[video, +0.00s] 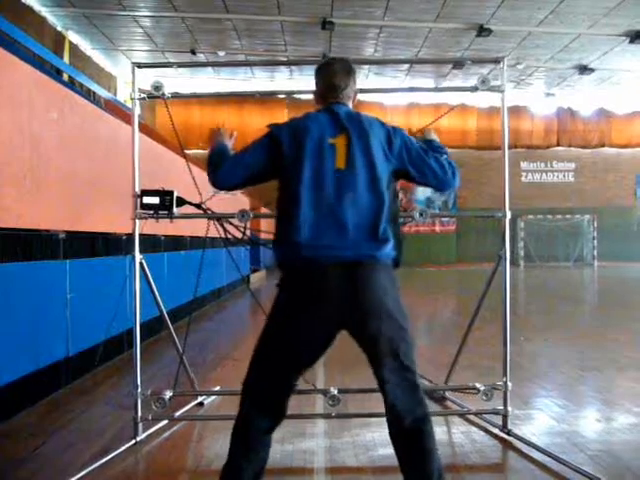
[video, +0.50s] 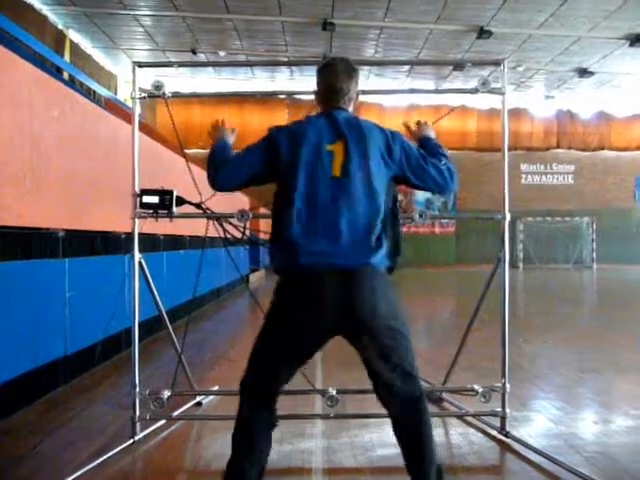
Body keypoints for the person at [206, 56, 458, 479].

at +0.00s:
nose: (334, 94)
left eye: (321, 87)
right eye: (350, 89)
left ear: (315, 91)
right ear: (354, 93)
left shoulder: (290, 135)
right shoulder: (381, 135)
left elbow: (223, 176)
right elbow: (444, 177)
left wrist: (219, 146)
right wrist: (429, 142)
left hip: (308, 285)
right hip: (371, 284)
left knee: (263, 395)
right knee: (402, 388)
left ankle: (240, 475)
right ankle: (427, 475)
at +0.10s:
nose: (342, 95)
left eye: (324, 87)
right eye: (352, 89)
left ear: (316, 92)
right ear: (356, 93)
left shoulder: (289, 135)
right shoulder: (382, 135)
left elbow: (224, 174)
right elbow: (446, 175)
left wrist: (221, 143)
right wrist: (431, 139)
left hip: (310, 288)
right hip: (374, 287)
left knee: (261, 401)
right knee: (409, 394)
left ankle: (243, 475)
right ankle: (428, 475)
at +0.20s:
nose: (343, 97)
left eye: (324, 89)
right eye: (353, 91)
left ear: (316, 93)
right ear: (356, 95)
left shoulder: (289, 139)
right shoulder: (382, 139)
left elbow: (223, 175)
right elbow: (445, 177)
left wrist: (220, 144)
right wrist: (429, 139)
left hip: (305, 289)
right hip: (369, 288)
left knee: (261, 402)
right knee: (414, 397)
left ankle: (243, 476)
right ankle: (436, 475)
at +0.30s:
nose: (337, 96)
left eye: (324, 89)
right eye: (352, 91)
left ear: (318, 94)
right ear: (357, 95)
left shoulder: (292, 140)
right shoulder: (384, 140)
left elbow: (227, 178)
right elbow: (446, 179)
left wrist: (223, 145)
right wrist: (427, 142)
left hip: (309, 291)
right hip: (372, 291)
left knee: (256, 395)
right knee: (406, 396)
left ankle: (239, 476)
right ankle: (433, 476)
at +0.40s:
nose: (346, 98)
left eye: (327, 90)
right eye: (353, 92)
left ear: (317, 94)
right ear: (357, 96)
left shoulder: (288, 140)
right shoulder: (382, 140)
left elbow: (224, 177)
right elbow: (443, 181)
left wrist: (224, 143)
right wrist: (428, 142)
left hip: (302, 289)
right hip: (366, 288)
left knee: (259, 402)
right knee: (408, 395)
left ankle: (239, 476)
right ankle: (433, 475)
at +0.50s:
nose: (338, 97)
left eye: (322, 90)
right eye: (350, 91)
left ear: (316, 94)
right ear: (356, 95)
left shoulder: (289, 139)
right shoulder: (381, 140)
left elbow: (223, 177)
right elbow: (443, 181)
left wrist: (222, 143)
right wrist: (427, 141)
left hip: (303, 290)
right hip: (367, 289)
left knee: (258, 390)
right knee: (404, 393)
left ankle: (243, 476)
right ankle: (428, 475)